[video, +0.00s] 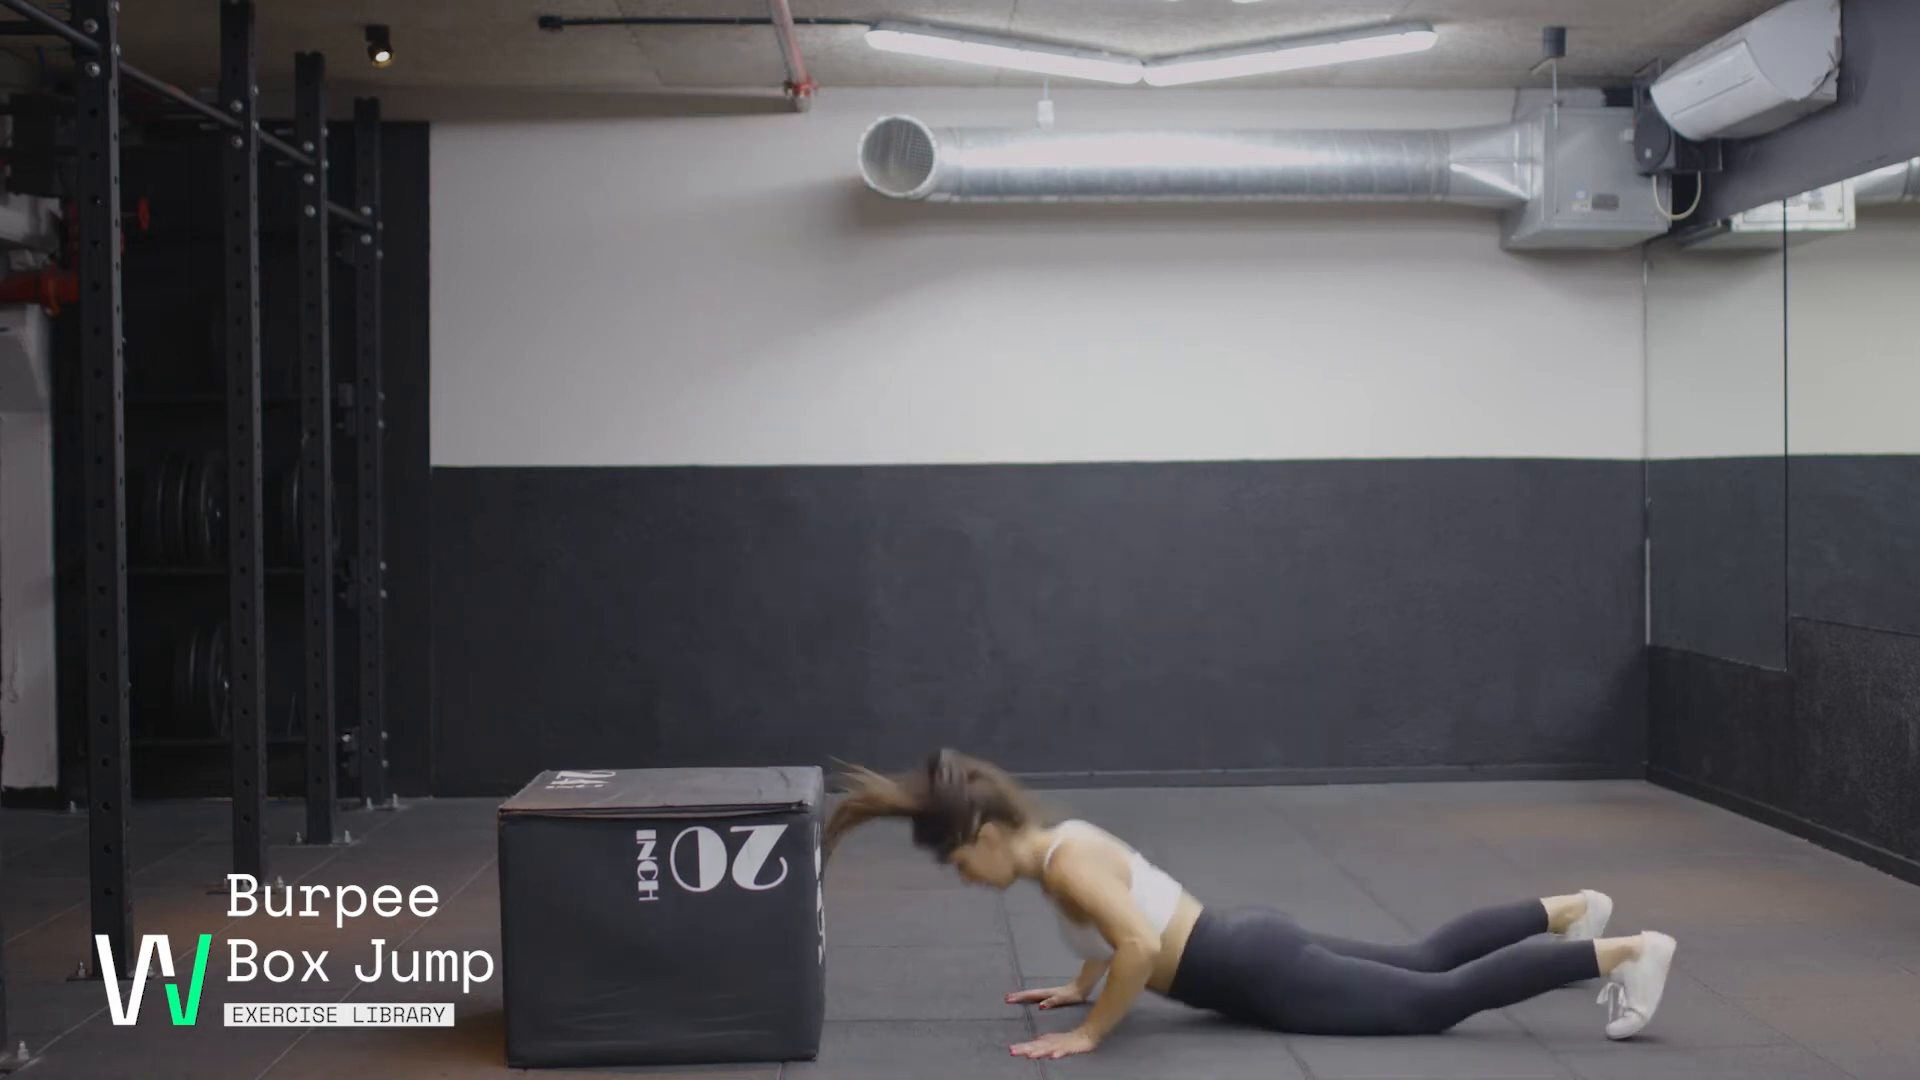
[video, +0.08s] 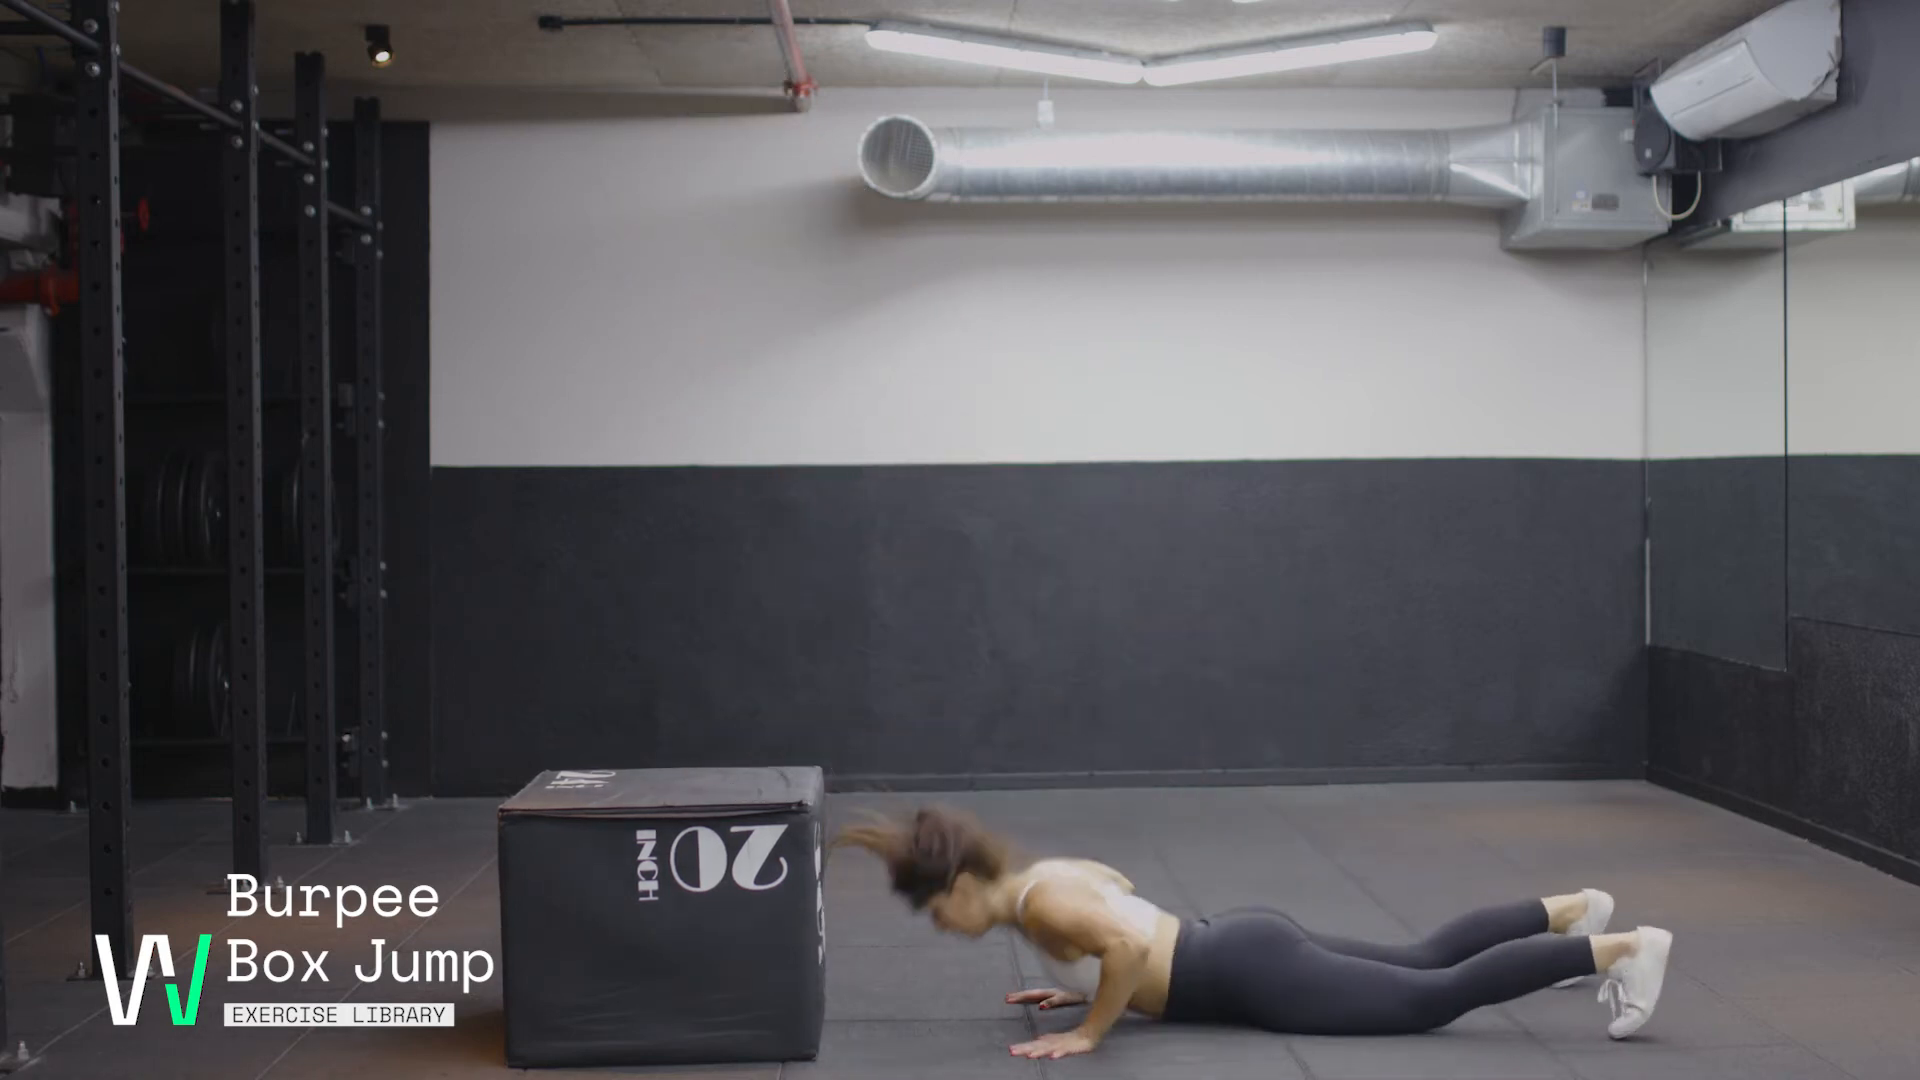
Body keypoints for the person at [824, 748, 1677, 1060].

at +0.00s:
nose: (966, 877)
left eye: (963, 862)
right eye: (957, 867)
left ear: (991, 835)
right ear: (994, 829)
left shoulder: (1067, 865)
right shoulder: (1060, 846)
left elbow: (1140, 951)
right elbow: (1127, 937)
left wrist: (1089, 1036)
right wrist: (1080, 988)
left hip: (1242, 966)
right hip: (1244, 941)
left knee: (1433, 1002)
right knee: (1418, 963)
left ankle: (1610, 958)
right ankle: (1566, 914)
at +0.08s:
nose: (946, 923)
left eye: (943, 908)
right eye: (936, 913)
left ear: (968, 882)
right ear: (964, 884)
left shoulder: (1046, 902)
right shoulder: (1048, 881)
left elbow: (1136, 949)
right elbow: (1139, 945)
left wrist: (1087, 1038)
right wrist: (1077, 1000)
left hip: (1233, 971)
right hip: (1237, 944)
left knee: (1430, 999)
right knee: (1416, 963)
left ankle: (1617, 952)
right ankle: (1571, 912)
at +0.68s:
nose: (980, 828)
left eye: (972, 813)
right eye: (970, 817)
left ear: (992, 785)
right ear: (997, 773)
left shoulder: (1071, 799)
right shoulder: (1068, 787)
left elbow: (1110, 917)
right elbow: (1096, 901)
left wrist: (1092, 1027)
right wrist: (1074, 989)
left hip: (1277, 882)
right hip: (1271, 875)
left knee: (1437, 993)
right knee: (1418, 960)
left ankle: (1621, 965)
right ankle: (1566, 922)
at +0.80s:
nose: (974, 824)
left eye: (962, 811)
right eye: (961, 813)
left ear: (973, 786)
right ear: (985, 760)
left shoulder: (1067, 772)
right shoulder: (1058, 763)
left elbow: (1088, 907)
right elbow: (1083, 894)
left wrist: (1090, 1028)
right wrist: (1076, 989)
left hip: (1282, 776)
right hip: (1276, 769)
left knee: (1425, 910)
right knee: (1416, 890)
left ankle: (1616, 954)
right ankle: (1562, 909)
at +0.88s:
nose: (1002, 838)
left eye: (989, 827)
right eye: (986, 831)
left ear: (1001, 793)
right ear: (1000, 777)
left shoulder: (1080, 766)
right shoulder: (1067, 757)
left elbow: (1093, 904)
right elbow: (1090, 894)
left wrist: (1087, 1031)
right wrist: (1076, 991)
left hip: (1283, 696)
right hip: (1271, 703)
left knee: (1386, 864)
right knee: (1384, 848)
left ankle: (1575, 933)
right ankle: (1537, 894)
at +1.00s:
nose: (1078, 862)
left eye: (1064, 855)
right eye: (1065, 861)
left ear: (1063, 824)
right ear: (1065, 812)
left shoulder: (1129, 773)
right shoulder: (1109, 765)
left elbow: (1120, 913)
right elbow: (1105, 894)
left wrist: (1090, 1029)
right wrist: (1081, 985)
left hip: (1296, 621)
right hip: (1279, 621)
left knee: (1317, 815)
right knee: (1320, 808)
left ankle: (1444, 958)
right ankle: (1412, 936)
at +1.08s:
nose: (1105, 860)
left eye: (1095, 854)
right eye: (1094, 860)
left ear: (1099, 817)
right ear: (1095, 806)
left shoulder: (1156, 776)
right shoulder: (1129, 767)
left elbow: (1132, 916)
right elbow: (1115, 891)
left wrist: (1090, 1030)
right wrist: (1082, 987)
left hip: (1315, 614)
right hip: (1290, 608)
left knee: (1288, 803)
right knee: (1284, 800)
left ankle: (1348, 985)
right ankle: (1325, 955)